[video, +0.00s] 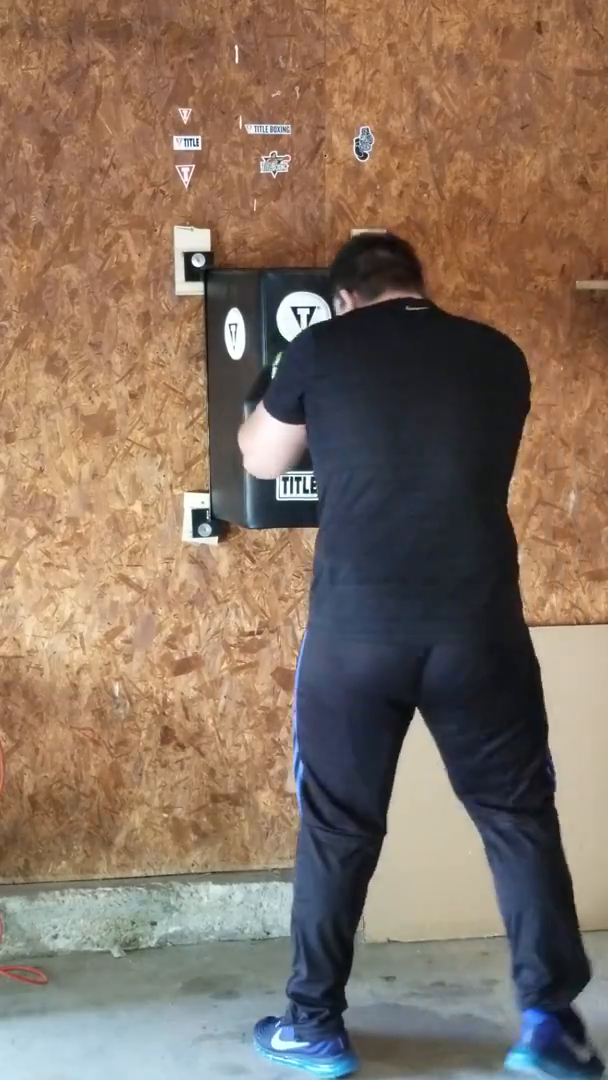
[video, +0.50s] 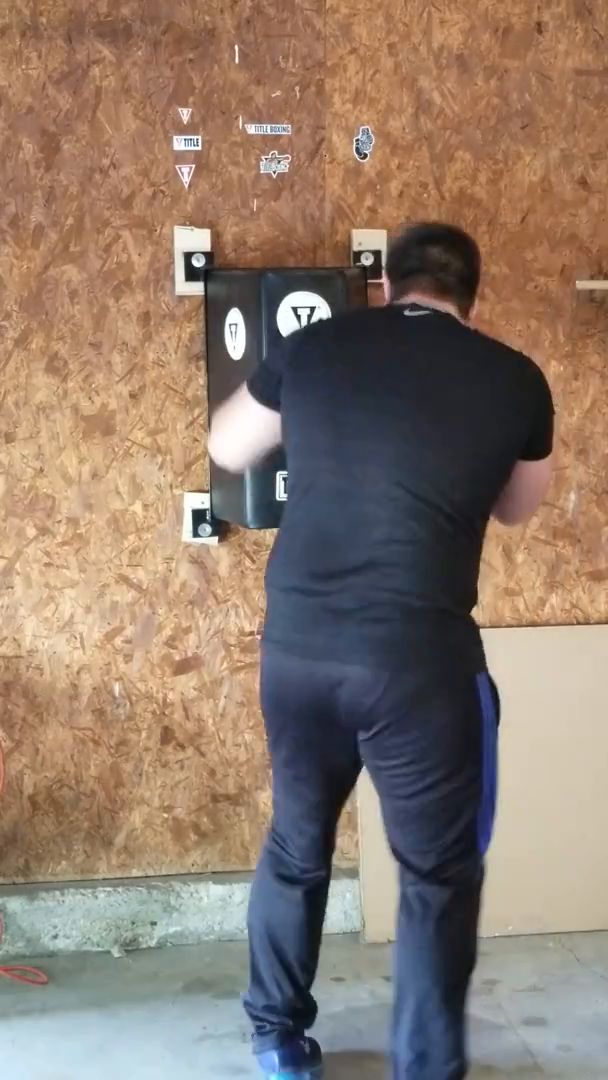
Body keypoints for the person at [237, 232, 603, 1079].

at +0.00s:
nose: (333, 309)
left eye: (331, 300)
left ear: (347, 297)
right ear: (424, 285)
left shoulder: (323, 350)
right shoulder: (502, 354)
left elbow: (261, 455)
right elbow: (473, 451)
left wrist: (321, 390)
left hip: (359, 631)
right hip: (478, 630)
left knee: (336, 825)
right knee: (518, 814)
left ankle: (314, 1023)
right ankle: (549, 1017)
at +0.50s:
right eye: (464, 298)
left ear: (384, 285)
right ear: (472, 298)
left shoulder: (312, 347)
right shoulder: (513, 377)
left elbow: (229, 449)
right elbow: (518, 506)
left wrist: (301, 396)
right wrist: (451, 436)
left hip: (297, 650)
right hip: (417, 655)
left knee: (293, 852)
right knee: (436, 874)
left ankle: (278, 1044)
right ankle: (428, 1066)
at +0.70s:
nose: (458, 316)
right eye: (463, 305)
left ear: (375, 289)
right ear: (463, 305)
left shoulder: (299, 354)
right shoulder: (492, 382)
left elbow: (215, 440)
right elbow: (520, 513)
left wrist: (304, 416)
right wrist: (457, 440)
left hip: (275, 661)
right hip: (391, 673)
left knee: (260, 834)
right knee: (398, 895)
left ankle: (203, 1014)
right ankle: (405, 1067)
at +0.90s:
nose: (417, 314)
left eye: (414, 300)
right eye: (419, 300)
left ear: (323, 280)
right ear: (406, 300)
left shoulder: (245, 348)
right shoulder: (412, 389)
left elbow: (190, 408)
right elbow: (460, 516)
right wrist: (400, 435)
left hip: (217, 668)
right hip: (337, 677)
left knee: (220, 848)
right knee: (400, 877)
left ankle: (167, 1043)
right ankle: (416, 1065)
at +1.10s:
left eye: (242, 280)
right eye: (308, 282)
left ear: (230, 284)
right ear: (321, 286)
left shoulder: (173, 352)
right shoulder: (377, 355)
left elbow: (121, 448)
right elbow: (433, 419)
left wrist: (209, 419)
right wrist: (348, 341)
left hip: (201, 659)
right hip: (326, 659)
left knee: (192, 862)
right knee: (346, 874)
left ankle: (164, 1052)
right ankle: (355, 1065)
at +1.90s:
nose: (260, 290)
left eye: (248, 276)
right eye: (259, 279)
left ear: (165, 281)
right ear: (248, 284)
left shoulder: (95, 354)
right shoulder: (281, 362)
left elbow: (70, 454)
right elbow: (385, 464)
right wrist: (351, 389)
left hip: (118, 665)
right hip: (238, 662)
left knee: (128, 855)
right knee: (282, 867)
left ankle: (100, 1046)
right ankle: (312, 1063)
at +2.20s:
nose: (234, 296)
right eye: (235, 286)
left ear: (140, 291)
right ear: (225, 291)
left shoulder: (73, 361)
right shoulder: (270, 361)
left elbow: (43, 482)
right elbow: (382, 438)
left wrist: (127, 438)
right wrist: (293, 396)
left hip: (107, 658)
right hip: (227, 657)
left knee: (114, 856)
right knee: (212, 884)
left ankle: (99, 1053)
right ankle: (206, 1066)